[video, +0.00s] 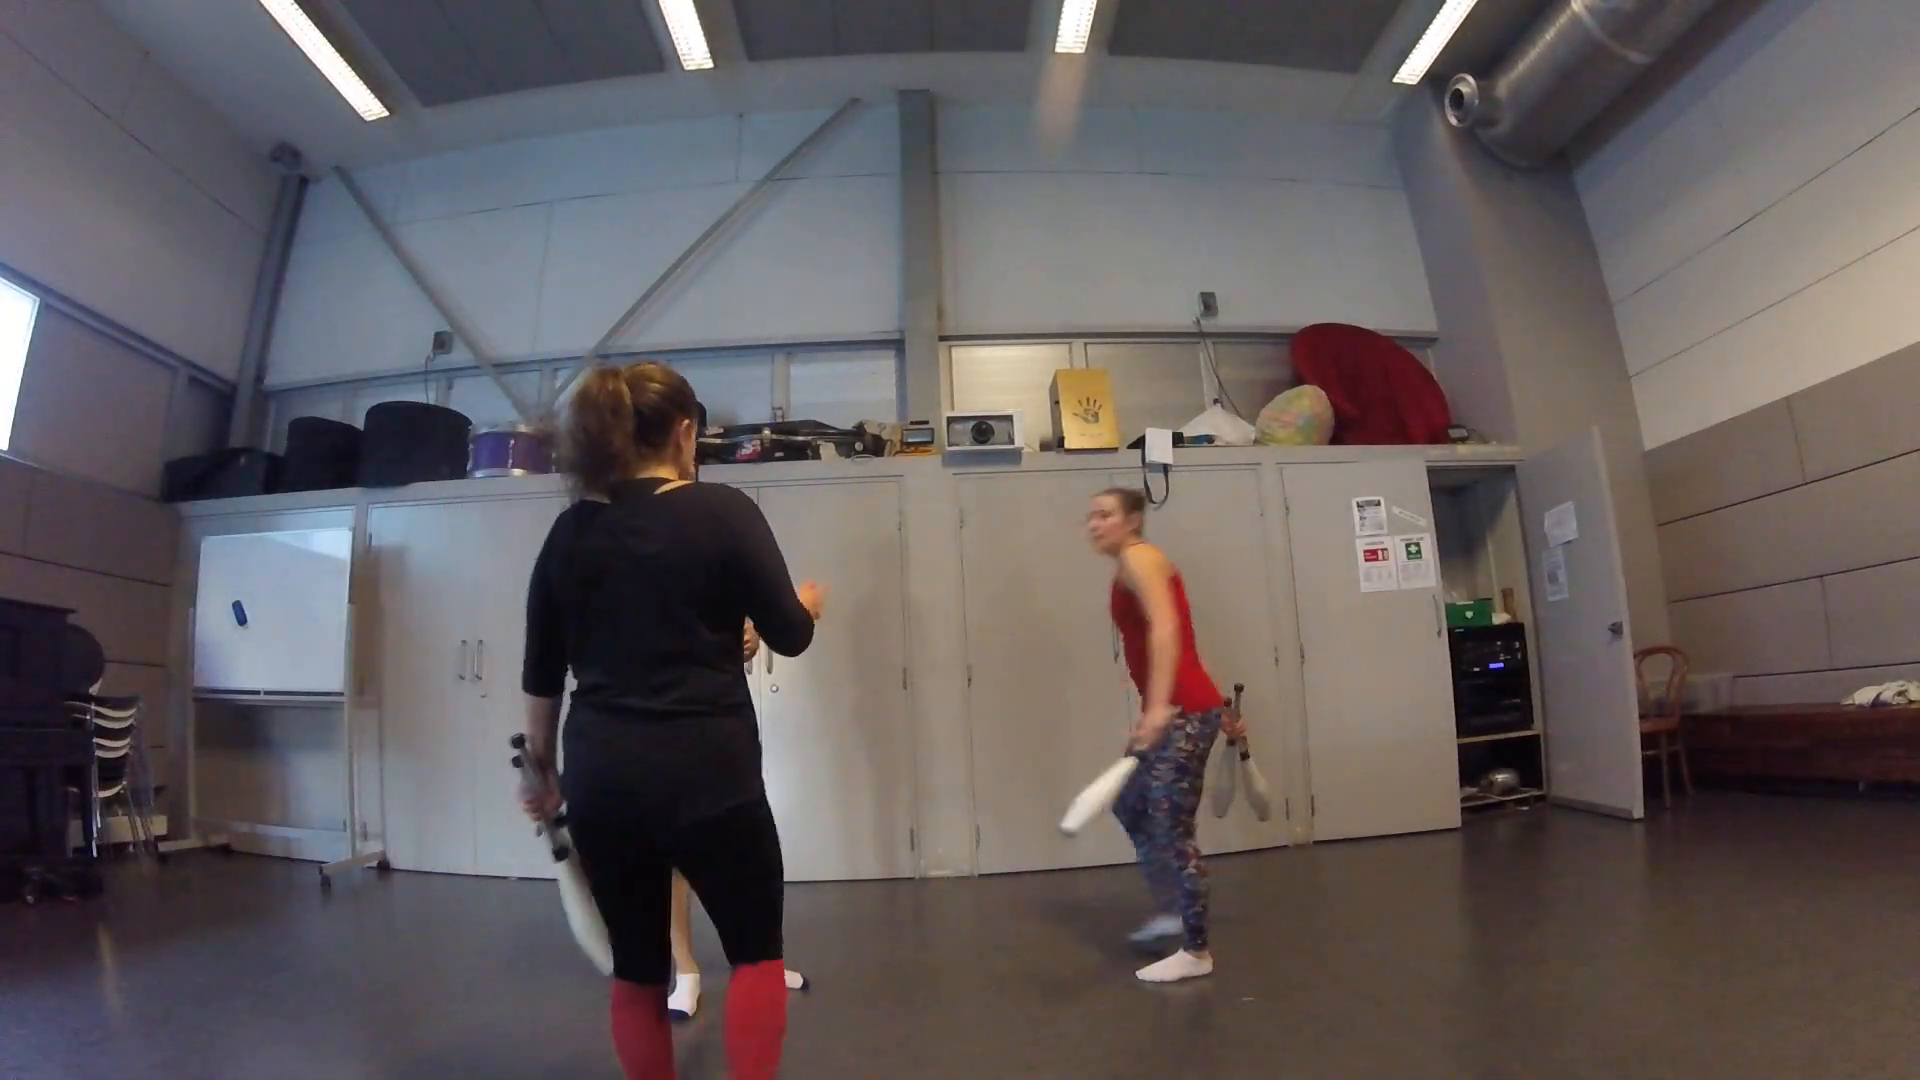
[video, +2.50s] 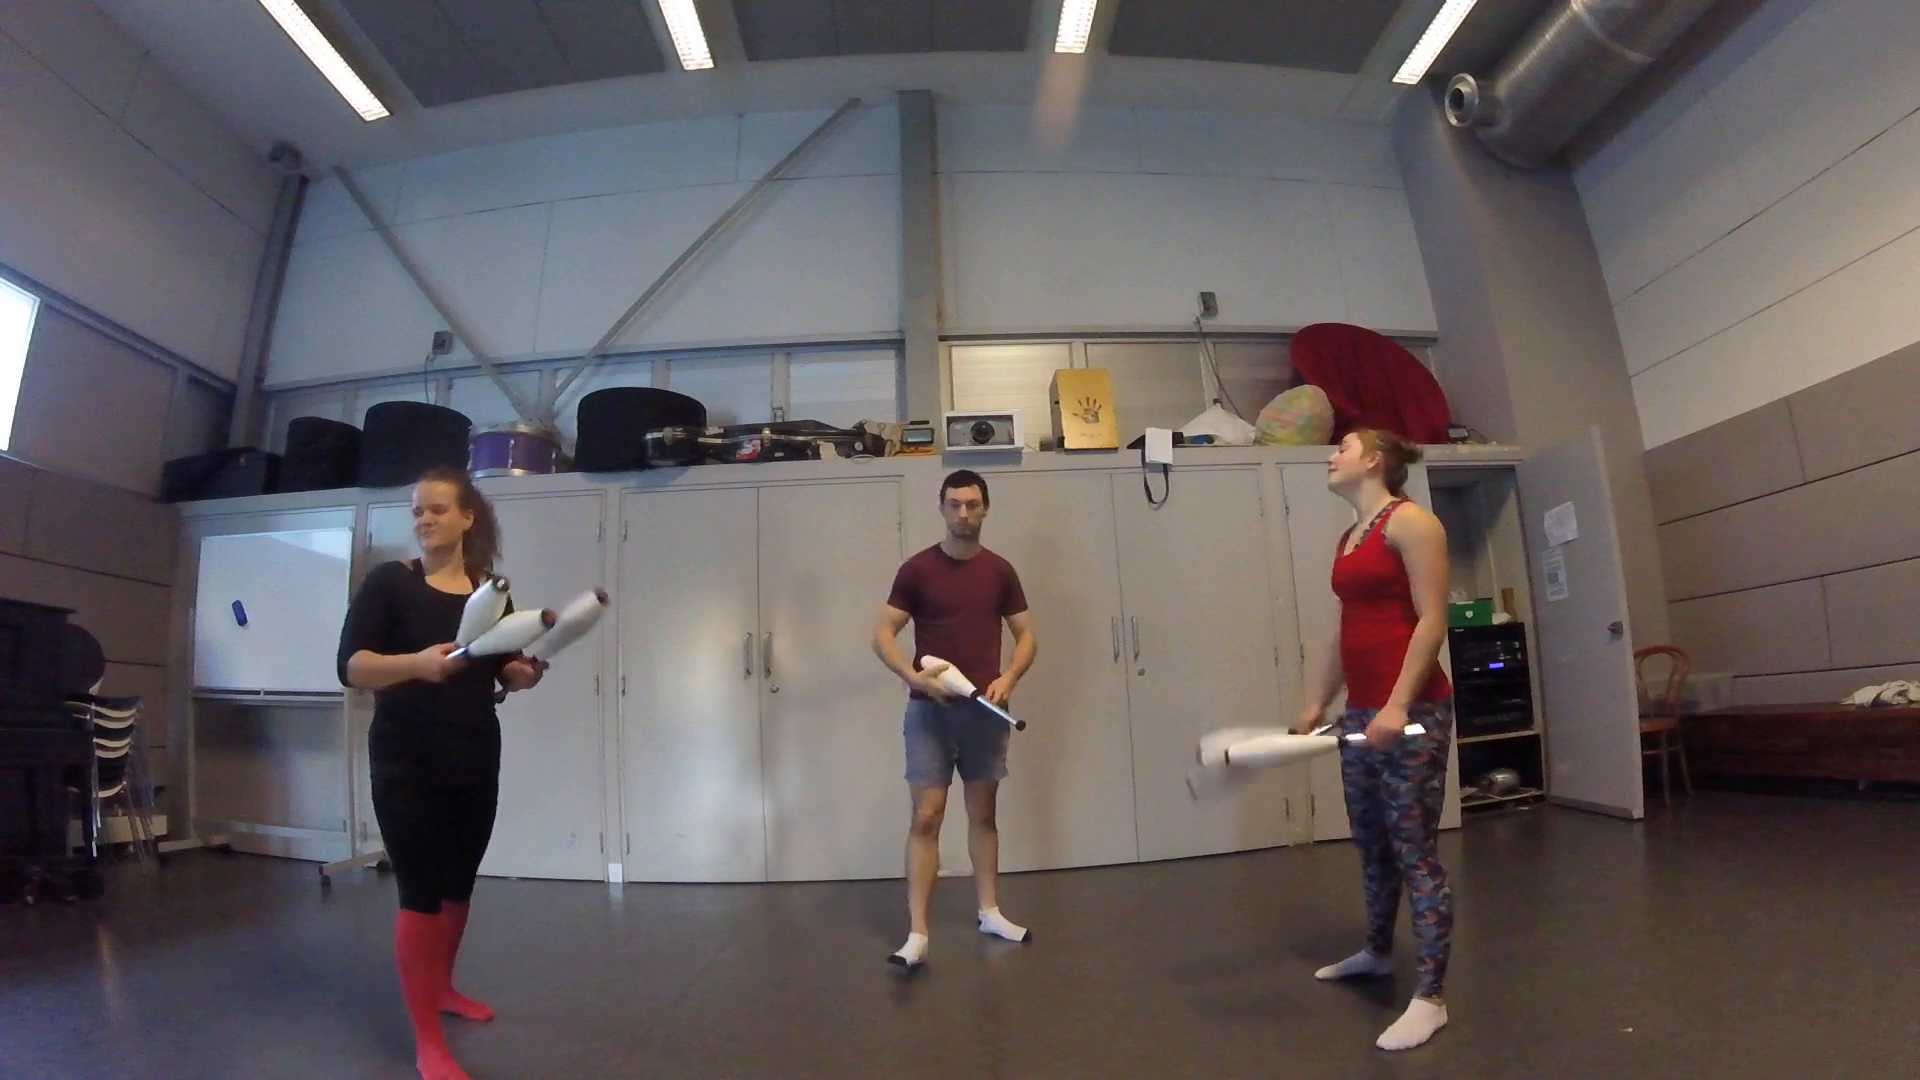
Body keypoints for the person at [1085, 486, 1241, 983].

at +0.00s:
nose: (1092, 524)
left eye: (1103, 516)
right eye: (1091, 517)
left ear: (1131, 521)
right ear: (1113, 525)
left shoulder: (1141, 559)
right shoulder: (1137, 564)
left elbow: (1165, 630)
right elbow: (1180, 642)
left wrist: (1157, 707)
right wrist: (1220, 708)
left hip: (1187, 716)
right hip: (1175, 716)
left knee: (1171, 827)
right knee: (1130, 803)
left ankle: (1197, 949)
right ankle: (1176, 907)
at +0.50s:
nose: (1209, 542)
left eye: (1214, 531)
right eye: (1202, 535)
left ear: (1238, 519)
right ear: (1201, 532)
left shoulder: (1280, 561)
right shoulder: (1229, 575)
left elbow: (1332, 629)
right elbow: (1226, 648)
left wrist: (1357, 711)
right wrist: (1190, 703)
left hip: (1298, 715)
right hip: (1267, 717)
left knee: (1256, 834)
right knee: (1275, 833)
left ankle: (1204, 951)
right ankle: (1321, 944)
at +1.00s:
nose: (1335, 512)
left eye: (1341, 499)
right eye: (1326, 503)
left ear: (1368, 491)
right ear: (1322, 505)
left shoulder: (1411, 538)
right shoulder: (1346, 556)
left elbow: (1453, 614)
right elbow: (1354, 644)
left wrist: (1457, 696)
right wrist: (1347, 718)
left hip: (1421, 711)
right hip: (1365, 716)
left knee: (1459, 827)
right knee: (1357, 836)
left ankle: (1511, 938)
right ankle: (1330, 944)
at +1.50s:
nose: (1394, 503)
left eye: (1402, 491)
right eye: (1385, 494)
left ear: (1428, 480)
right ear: (1380, 492)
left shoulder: (1472, 528)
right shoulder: (1404, 541)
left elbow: (1490, 615)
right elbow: (1426, 622)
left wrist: (1476, 695)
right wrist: (1426, 694)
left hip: (1494, 697)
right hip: (1434, 701)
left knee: (1502, 828)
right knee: (1464, 831)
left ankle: (1513, 940)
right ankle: (1486, 959)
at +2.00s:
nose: (1337, 480)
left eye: (1348, 470)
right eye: (1336, 471)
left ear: (1384, 476)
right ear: (1351, 480)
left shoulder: (1419, 531)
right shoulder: (1355, 544)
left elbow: (1463, 617)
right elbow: (1361, 636)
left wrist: (1503, 695)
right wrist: (1349, 711)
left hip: (1427, 707)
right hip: (1371, 710)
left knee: (1444, 828)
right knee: (1385, 833)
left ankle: (1502, 938)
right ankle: (1380, 946)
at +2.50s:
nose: (1333, 454)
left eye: (1345, 446)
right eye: (1336, 446)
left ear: (1376, 459)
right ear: (1364, 464)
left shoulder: (1412, 523)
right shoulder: (1350, 535)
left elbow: (1434, 621)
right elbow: (1348, 628)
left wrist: (1397, 704)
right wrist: (1317, 699)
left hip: (1413, 713)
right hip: (1363, 712)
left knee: (1414, 851)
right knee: (1373, 843)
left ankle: (1432, 997)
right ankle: (1377, 952)